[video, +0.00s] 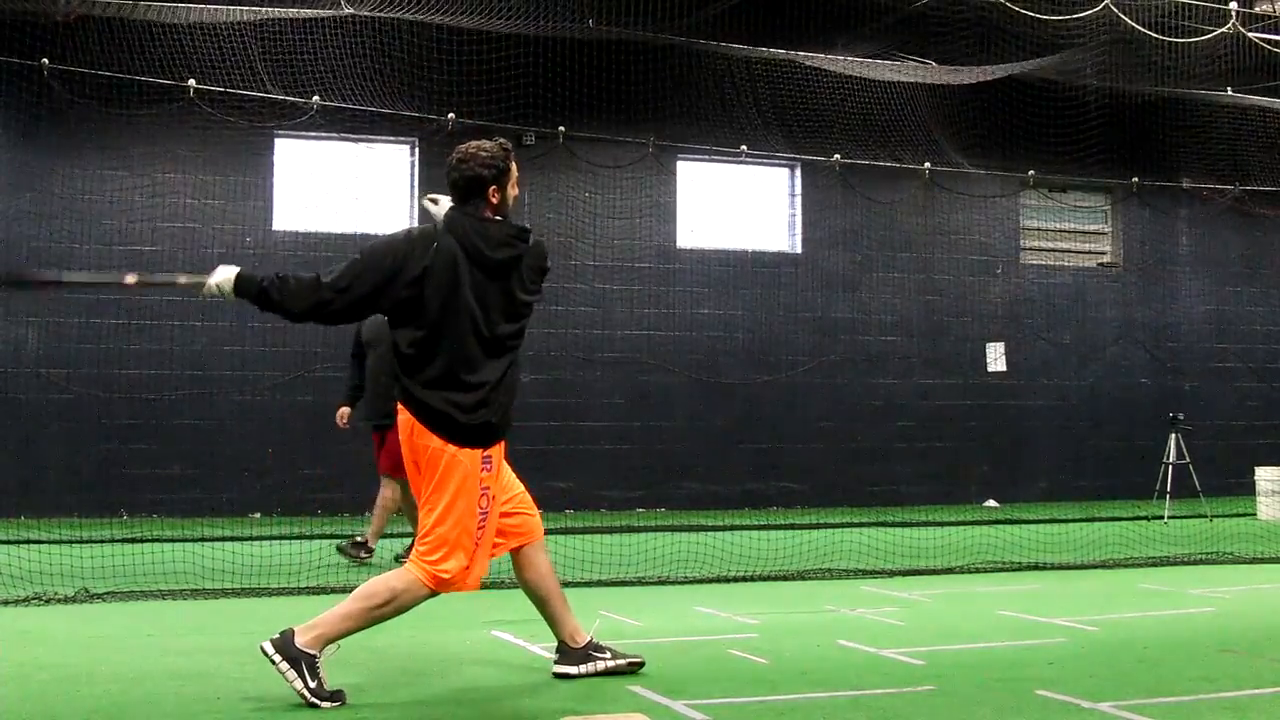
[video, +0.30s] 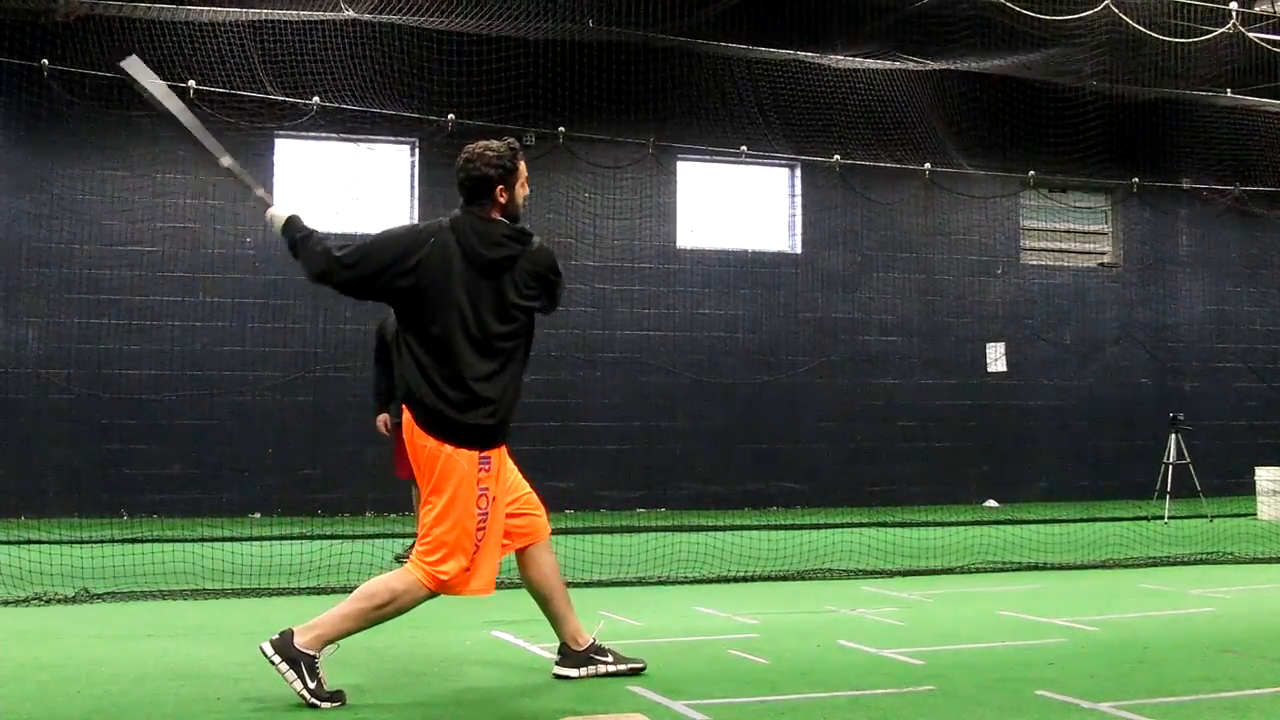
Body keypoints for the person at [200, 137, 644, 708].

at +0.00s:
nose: (519, 192)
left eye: (517, 184)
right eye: (516, 185)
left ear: (459, 192)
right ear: (496, 195)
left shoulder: (415, 249)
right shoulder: (525, 253)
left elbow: (326, 296)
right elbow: (500, 250)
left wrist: (241, 282)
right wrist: (457, 216)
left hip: (430, 419)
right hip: (461, 430)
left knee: (523, 527)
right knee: (437, 569)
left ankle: (576, 646)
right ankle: (301, 644)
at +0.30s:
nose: (528, 190)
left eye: (525, 180)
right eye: (524, 182)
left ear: (471, 190)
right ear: (504, 192)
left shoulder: (426, 242)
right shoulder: (529, 256)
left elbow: (336, 263)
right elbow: (549, 299)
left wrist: (290, 228)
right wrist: (516, 238)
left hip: (434, 423)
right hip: (468, 435)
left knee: (530, 526)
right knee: (435, 570)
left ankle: (578, 647)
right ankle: (300, 643)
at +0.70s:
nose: (547, 193)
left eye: (545, 183)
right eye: (542, 185)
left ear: (489, 196)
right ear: (521, 198)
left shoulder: (440, 242)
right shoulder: (543, 270)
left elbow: (378, 246)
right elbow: (570, 335)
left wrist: (378, 202)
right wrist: (519, 291)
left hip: (437, 424)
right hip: (475, 440)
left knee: (542, 524)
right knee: (441, 573)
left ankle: (580, 647)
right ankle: (303, 644)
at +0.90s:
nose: (557, 200)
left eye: (554, 190)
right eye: (553, 192)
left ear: (502, 203)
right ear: (529, 204)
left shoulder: (450, 248)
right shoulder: (547, 284)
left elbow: (403, 241)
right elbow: (569, 365)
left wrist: (427, 195)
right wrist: (589, 339)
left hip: (443, 424)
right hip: (477, 444)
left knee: (549, 519)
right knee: (441, 576)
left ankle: (580, 647)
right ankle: (304, 644)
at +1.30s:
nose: (438, 146)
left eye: (437, 136)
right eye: (429, 136)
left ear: (402, 142)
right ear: (393, 142)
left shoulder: (435, 197)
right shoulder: (336, 199)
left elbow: (451, 233)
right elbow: (266, 239)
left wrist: (379, 186)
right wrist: (325, 190)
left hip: (418, 383)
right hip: (341, 387)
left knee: (453, 522)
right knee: (337, 526)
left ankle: (457, 637)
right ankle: (321, 658)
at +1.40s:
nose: (439, 144)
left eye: (439, 135)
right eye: (430, 135)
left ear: (407, 141)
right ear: (395, 141)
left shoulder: (439, 196)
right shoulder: (339, 200)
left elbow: (455, 226)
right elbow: (272, 245)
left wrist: (384, 182)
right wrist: (327, 191)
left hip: (424, 383)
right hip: (347, 388)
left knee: (452, 522)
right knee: (340, 525)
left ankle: (456, 639)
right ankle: (321, 657)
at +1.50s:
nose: (443, 145)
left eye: (442, 135)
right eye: (434, 136)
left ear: (412, 143)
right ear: (398, 142)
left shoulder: (445, 198)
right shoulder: (344, 202)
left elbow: (458, 224)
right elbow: (279, 248)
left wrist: (389, 179)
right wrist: (339, 193)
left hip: (430, 385)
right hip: (355, 391)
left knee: (454, 522)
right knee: (345, 527)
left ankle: (455, 642)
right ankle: (322, 658)